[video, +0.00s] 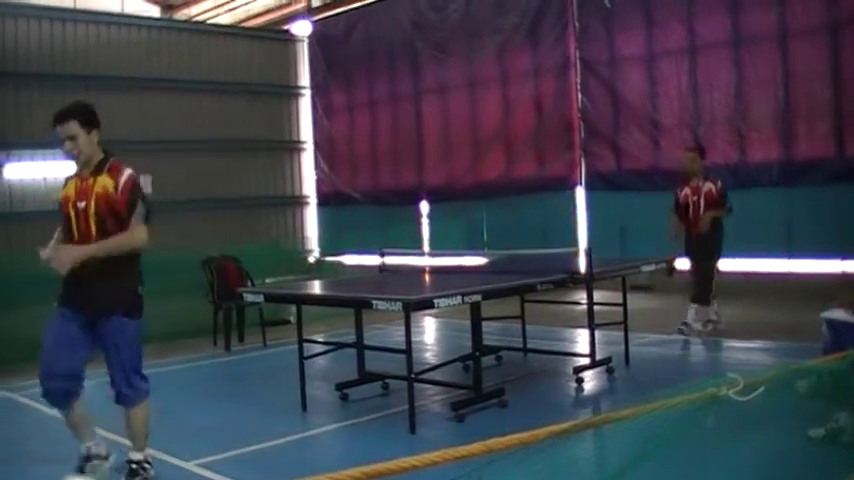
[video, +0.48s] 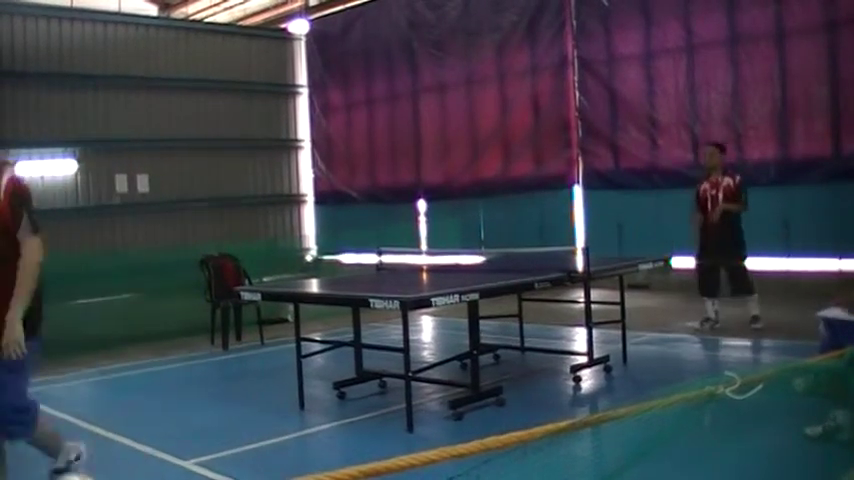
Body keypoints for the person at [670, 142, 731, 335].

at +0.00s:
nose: (688, 165)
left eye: (693, 161)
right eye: (687, 161)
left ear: (701, 163)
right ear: (684, 163)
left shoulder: (714, 186)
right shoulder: (682, 190)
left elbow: (724, 209)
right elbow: (679, 215)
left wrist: (709, 214)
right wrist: (680, 227)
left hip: (711, 235)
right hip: (692, 235)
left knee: (703, 273)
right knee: (701, 273)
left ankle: (693, 315)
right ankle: (711, 312)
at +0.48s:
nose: (709, 159)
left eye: (713, 155)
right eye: (707, 155)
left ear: (722, 158)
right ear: (705, 159)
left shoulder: (734, 181)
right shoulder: (703, 186)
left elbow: (742, 206)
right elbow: (700, 213)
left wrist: (723, 206)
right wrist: (700, 239)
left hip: (730, 237)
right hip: (708, 238)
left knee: (739, 273)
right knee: (707, 276)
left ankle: (754, 312)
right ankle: (711, 315)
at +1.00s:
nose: (744, 157)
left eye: (748, 153)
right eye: (741, 152)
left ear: (755, 156)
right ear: (736, 156)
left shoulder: (765, 181)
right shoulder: (727, 181)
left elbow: (773, 206)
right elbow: (720, 209)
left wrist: (767, 217)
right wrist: (717, 234)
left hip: (756, 235)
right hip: (732, 234)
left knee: (756, 272)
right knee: (729, 272)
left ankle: (757, 314)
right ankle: (725, 314)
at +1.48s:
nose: (739, 157)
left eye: (743, 153)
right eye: (737, 152)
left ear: (750, 156)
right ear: (733, 156)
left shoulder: (762, 183)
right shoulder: (723, 183)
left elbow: (771, 208)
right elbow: (715, 213)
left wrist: (755, 212)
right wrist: (710, 242)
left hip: (752, 240)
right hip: (728, 239)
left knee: (753, 277)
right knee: (723, 277)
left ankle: (755, 315)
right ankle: (716, 316)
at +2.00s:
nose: (694, 157)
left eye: (698, 153)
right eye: (692, 153)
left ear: (709, 155)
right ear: (691, 157)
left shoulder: (724, 180)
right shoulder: (690, 187)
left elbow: (737, 203)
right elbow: (688, 220)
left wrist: (718, 209)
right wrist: (685, 252)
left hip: (722, 240)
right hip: (701, 242)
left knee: (726, 279)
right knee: (704, 283)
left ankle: (740, 313)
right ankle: (711, 320)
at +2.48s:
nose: (681, 158)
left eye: (686, 154)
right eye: (680, 154)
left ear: (695, 158)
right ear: (678, 158)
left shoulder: (707, 183)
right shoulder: (673, 186)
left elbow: (717, 210)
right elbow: (668, 216)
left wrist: (696, 215)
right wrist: (662, 242)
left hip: (698, 239)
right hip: (679, 239)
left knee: (691, 279)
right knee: (686, 278)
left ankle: (690, 328)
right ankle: (704, 316)